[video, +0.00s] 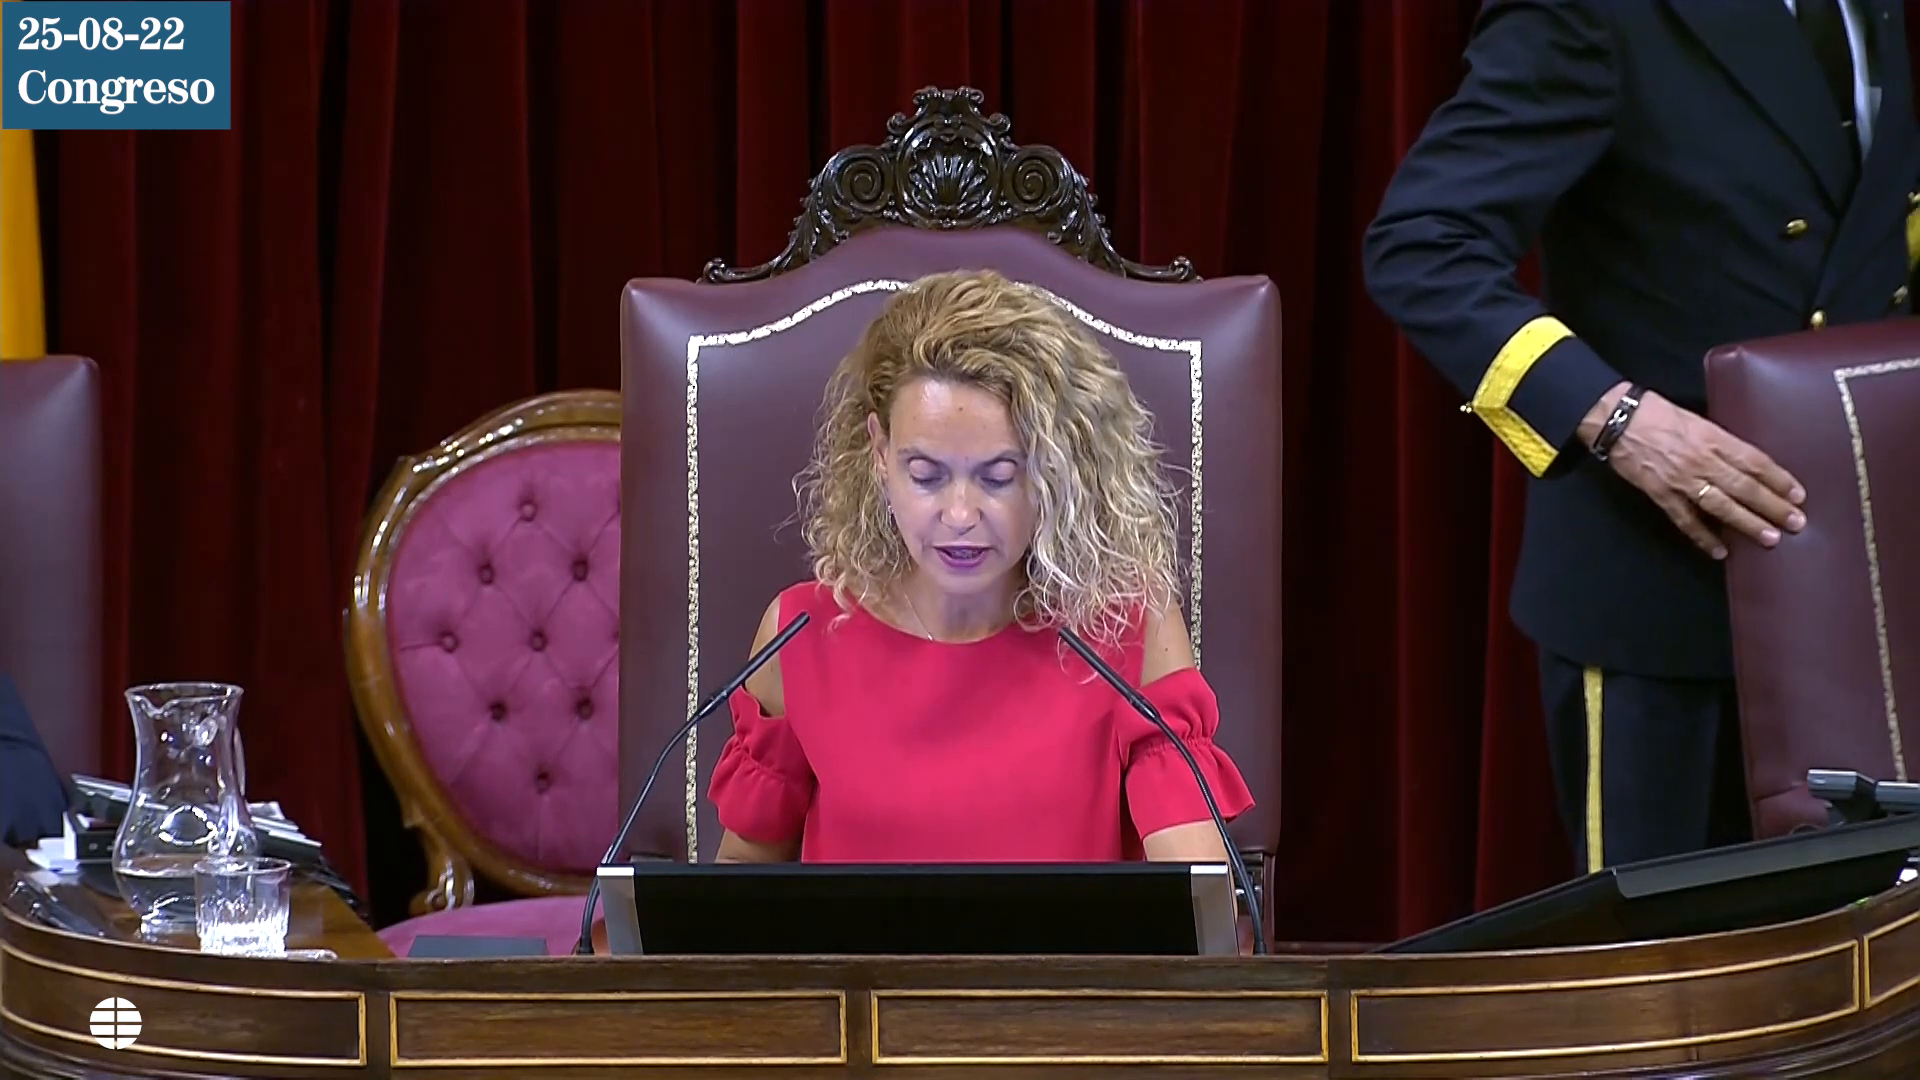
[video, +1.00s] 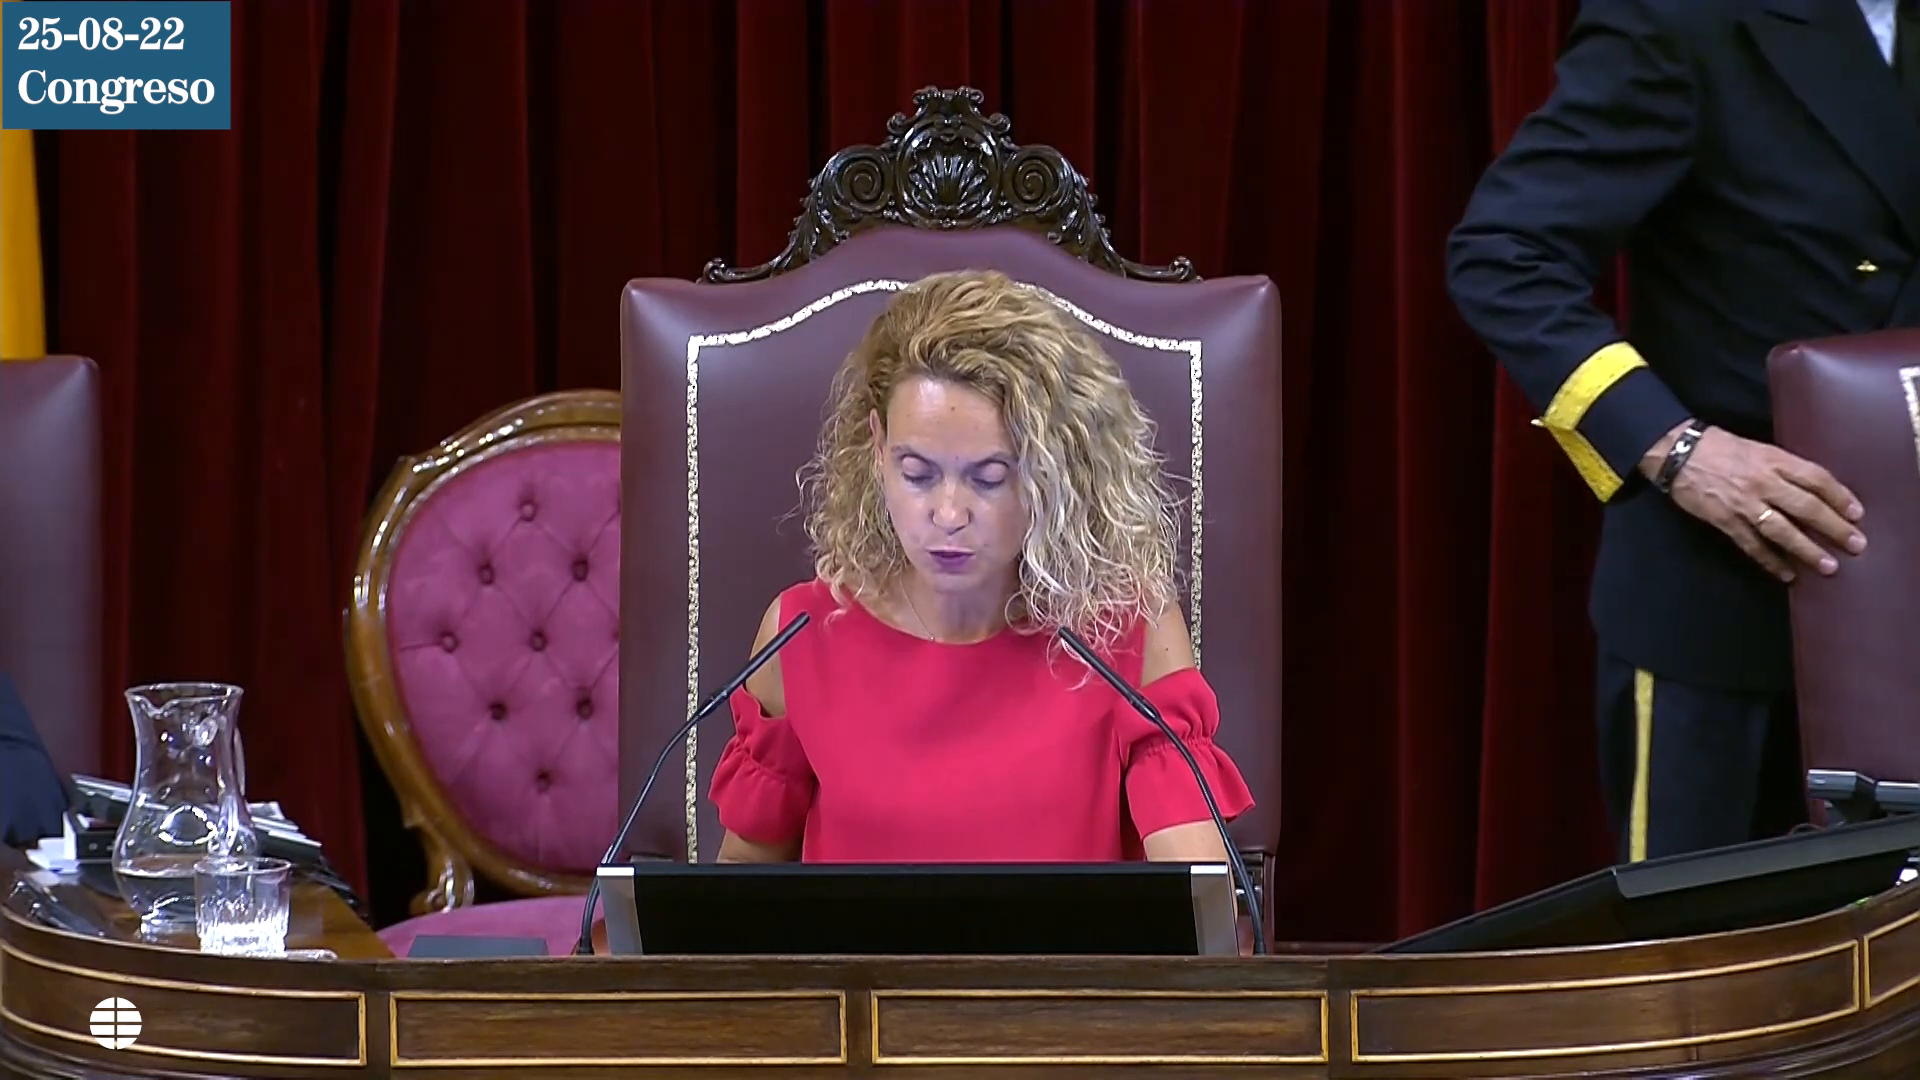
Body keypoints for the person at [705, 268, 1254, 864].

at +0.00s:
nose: (961, 513)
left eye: (998, 475)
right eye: (928, 473)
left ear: (1057, 470)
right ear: (879, 457)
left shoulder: (1127, 621)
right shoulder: (803, 631)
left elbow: (1200, 896)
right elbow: (744, 884)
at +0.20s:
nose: (959, 513)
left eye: (997, 475)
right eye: (926, 472)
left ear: (1057, 471)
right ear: (879, 458)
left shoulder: (1127, 623)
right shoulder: (804, 631)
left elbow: (1201, 897)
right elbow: (745, 883)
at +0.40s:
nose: (957, 514)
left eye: (995, 475)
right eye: (924, 472)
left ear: (1055, 471)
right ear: (878, 457)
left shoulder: (1126, 623)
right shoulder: (804, 630)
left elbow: (1201, 896)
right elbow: (745, 882)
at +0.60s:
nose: (954, 513)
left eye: (993, 475)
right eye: (922, 472)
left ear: (1056, 473)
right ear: (878, 459)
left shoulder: (1127, 622)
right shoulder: (805, 630)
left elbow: (1201, 894)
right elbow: (746, 879)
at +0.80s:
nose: (951, 513)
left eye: (990, 476)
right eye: (920, 472)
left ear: (1054, 476)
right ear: (877, 461)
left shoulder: (1126, 622)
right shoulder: (805, 630)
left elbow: (1201, 896)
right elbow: (745, 882)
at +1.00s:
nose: (949, 514)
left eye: (988, 475)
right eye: (919, 472)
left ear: (1053, 475)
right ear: (877, 460)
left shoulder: (1126, 624)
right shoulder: (805, 631)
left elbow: (1202, 898)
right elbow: (746, 884)